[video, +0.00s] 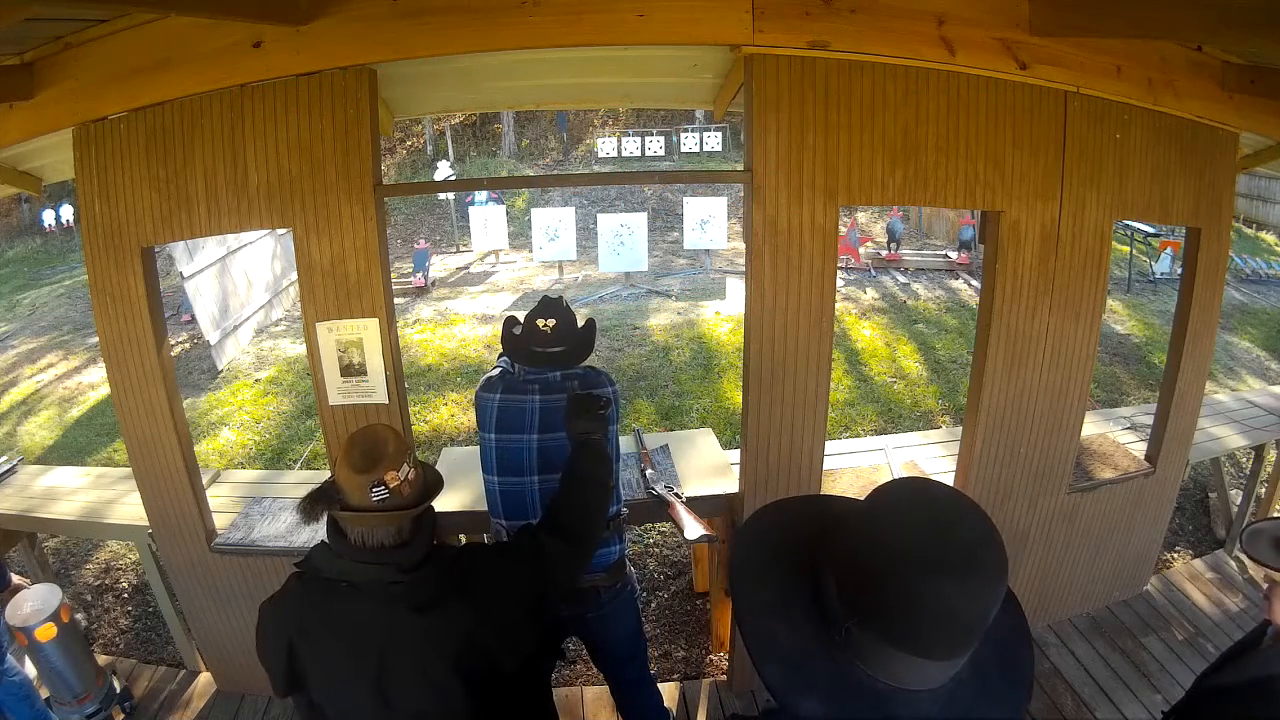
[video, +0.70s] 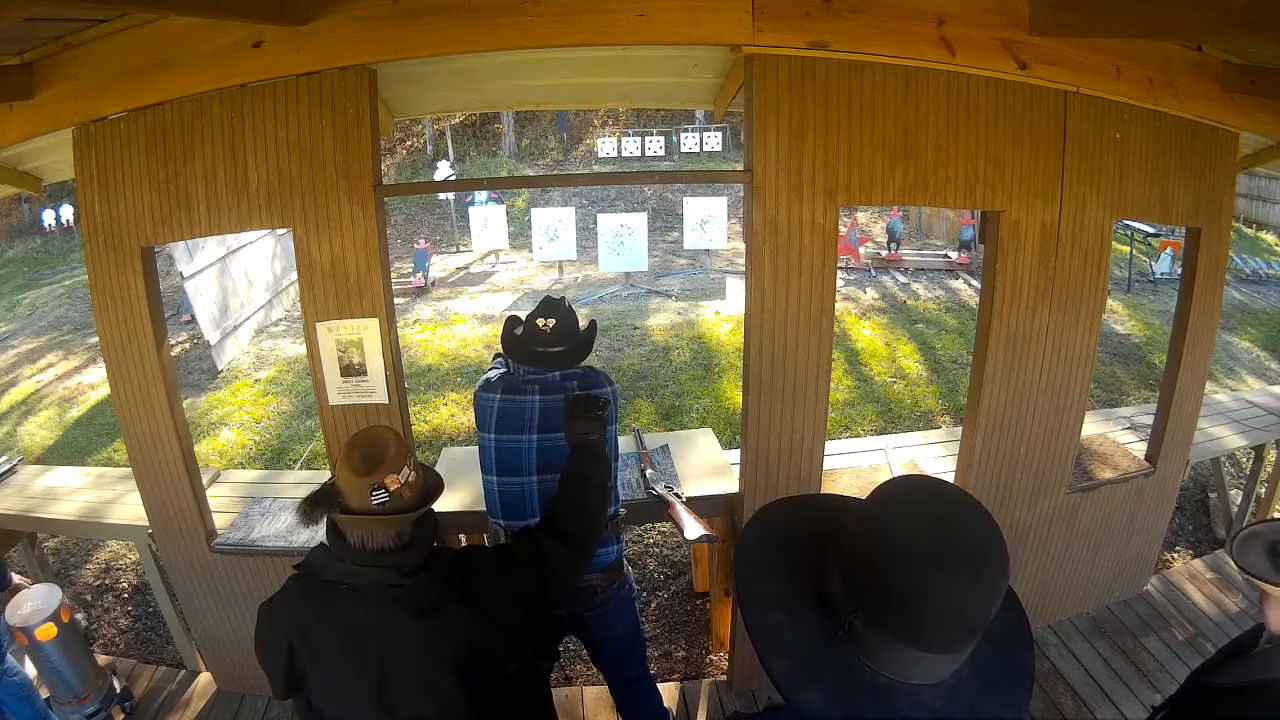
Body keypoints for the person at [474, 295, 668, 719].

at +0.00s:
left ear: (515, 342)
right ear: (577, 344)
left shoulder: (488, 393)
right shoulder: (599, 388)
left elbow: (509, 369)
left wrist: (519, 345)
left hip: (519, 582)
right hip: (598, 578)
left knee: (530, 693)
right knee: (635, 689)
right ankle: (653, 716)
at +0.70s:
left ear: (513, 343)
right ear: (576, 344)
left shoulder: (488, 393)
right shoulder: (598, 387)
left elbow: (504, 360)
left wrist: (521, 340)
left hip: (516, 582)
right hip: (595, 577)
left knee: (529, 692)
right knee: (634, 687)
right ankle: (652, 715)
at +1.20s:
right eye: (585, 339)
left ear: (529, 341)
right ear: (583, 345)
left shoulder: (491, 390)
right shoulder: (605, 389)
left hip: (517, 582)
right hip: (596, 576)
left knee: (528, 692)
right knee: (634, 687)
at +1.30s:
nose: (592, 355)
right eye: (591, 348)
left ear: (535, 346)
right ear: (586, 349)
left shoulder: (492, 391)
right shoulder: (608, 392)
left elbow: (457, 440)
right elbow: (634, 410)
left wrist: (512, 439)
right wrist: (590, 372)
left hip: (517, 579)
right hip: (597, 575)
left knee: (527, 691)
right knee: (633, 683)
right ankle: (653, 717)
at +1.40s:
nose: (594, 360)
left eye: (593, 353)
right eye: (593, 352)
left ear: (541, 348)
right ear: (586, 352)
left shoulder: (488, 396)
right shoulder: (613, 393)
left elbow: (445, 463)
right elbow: (673, 429)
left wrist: (494, 502)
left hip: (519, 577)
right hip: (600, 572)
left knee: (529, 689)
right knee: (634, 683)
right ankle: (652, 717)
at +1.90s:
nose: (603, 365)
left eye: (543, 347)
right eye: (602, 358)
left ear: (544, 350)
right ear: (595, 356)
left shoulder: (494, 388)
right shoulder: (624, 394)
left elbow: (428, 422)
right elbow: (683, 445)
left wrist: (476, 472)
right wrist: (638, 475)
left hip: (522, 581)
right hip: (604, 575)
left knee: (528, 694)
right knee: (635, 684)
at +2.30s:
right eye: (580, 335)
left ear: (523, 342)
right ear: (581, 343)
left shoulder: (489, 401)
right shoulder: (608, 391)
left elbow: (479, 449)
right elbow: (629, 459)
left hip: (526, 585)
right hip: (605, 577)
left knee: (530, 696)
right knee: (636, 686)